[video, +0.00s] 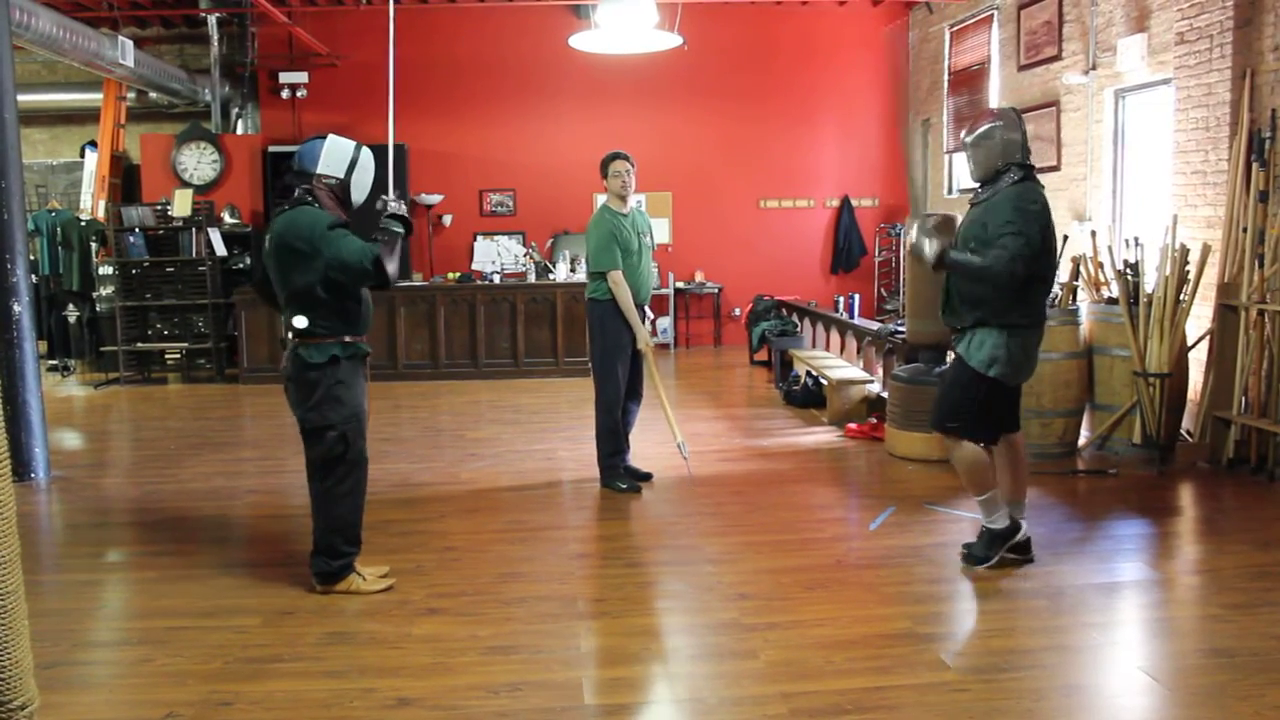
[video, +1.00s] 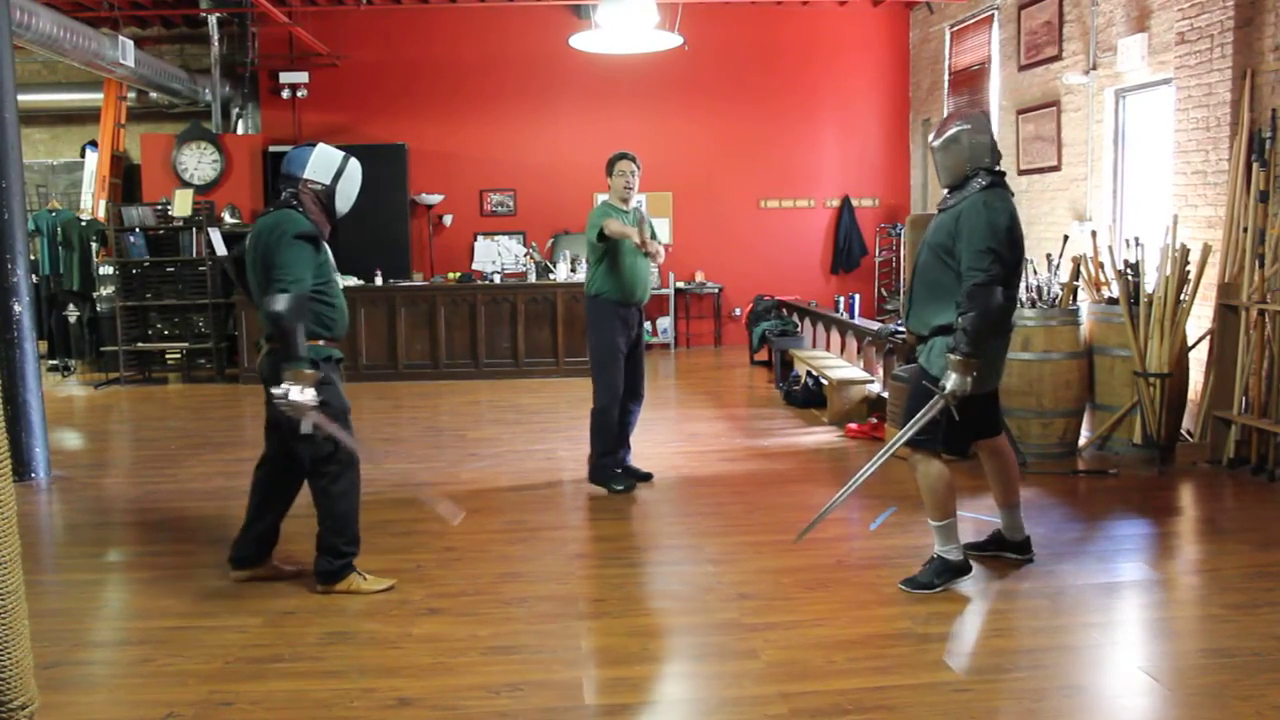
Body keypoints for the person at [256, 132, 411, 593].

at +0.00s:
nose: (354, 199)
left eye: (355, 191)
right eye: (351, 189)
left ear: (314, 182)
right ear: (330, 182)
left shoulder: (286, 225)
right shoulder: (313, 225)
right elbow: (372, 265)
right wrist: (391, 223)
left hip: (315, 360)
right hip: (331, 362)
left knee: (333, 466)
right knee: (342, 465)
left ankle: (335, 563)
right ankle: (335, 570)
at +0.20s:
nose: (357, 196)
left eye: (357, 189)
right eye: (354, 187)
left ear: (312, 182)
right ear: (333, 182)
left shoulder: (285, 227)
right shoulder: (322, 225)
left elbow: (257, 285)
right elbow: (383, 263)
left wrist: (298, 313)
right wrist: (387, 220)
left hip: (312, 359)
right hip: (335, 362)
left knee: (331, 467)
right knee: (345, 466)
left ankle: (334, 563)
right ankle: (335, 571)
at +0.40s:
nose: (356, 197)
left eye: (356, 188)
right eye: (352, 186)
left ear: (313, 182)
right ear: (333, 182)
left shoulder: (286, 225)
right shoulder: (322, 225)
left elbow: (254, 272)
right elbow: (372, 272)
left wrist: (294, 308)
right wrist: (408, 241)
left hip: (309, 361)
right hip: (332, 363)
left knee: (331, 467)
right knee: (344, 467)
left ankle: (334, 563)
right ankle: (335, 571)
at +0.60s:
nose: (358, 199)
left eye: (359, 190)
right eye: (356, 188)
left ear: (316, 179)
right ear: (337, 180)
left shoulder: (282, 223)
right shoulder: (320, 224)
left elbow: (253, 259)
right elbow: (342, 281)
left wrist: (293, 292)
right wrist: (394, 298)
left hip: (301, 358)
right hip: (327, 360)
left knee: (322, 462)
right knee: (339, 464)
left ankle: (319, 559)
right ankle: (334, 571)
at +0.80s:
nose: (352, 199)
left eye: (353, 190)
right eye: (350, 189)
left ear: (310, 181)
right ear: (331, 182)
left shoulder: (277, 225)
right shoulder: (312, 228)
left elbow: (249, 268)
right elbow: (322, 299)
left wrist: (285, 306)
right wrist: (360, 353)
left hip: (290, 359)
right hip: (314, 359)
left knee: (304, 456)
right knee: (341, 462)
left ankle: (263, 548)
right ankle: (336, 569)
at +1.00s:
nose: (338, 207)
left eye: (337, 197)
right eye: (334, 195)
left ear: (297, 188)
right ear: (314, 189)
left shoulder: (268, 228)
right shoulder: (294, 230)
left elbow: (241, 271)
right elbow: (286, 302)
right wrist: (296, 369)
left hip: (287, 360)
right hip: (312, 364)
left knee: (283, 460)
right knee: (337, 463)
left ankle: (251, 556)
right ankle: (337, 569)